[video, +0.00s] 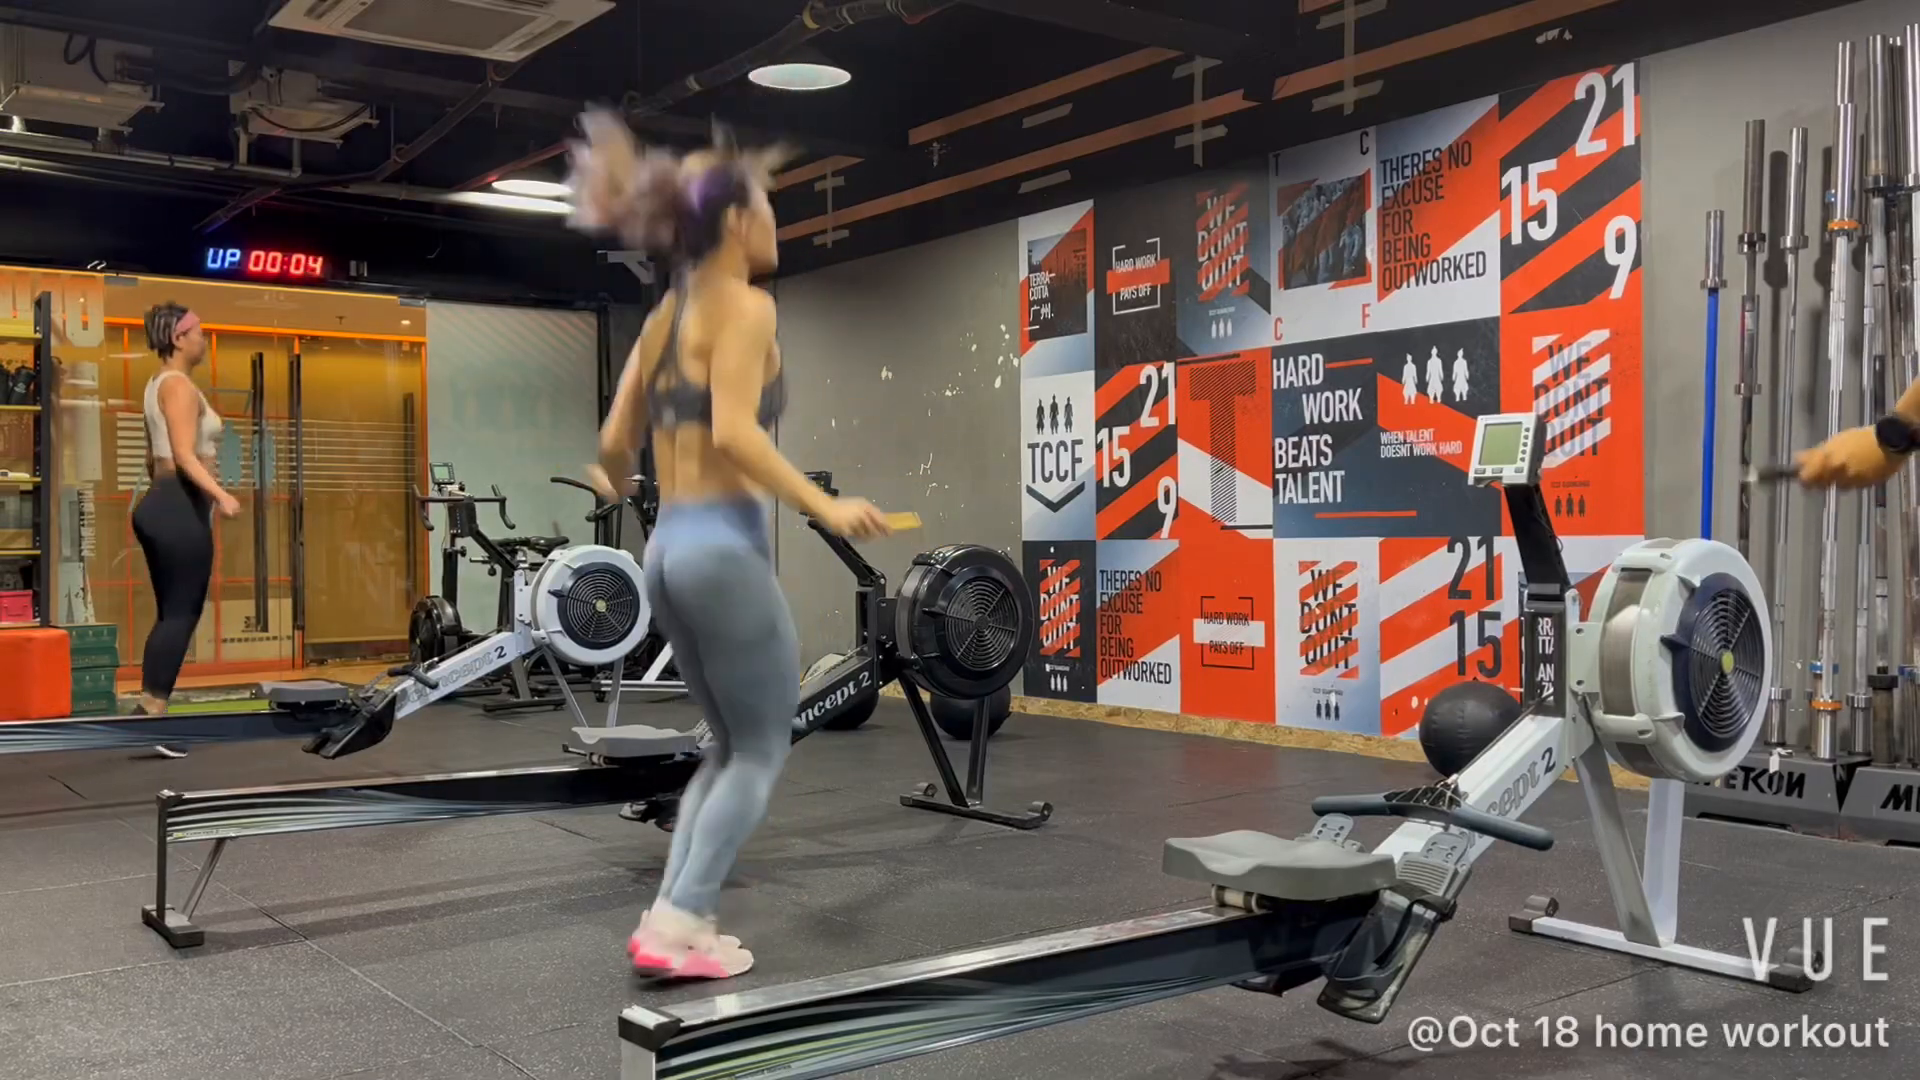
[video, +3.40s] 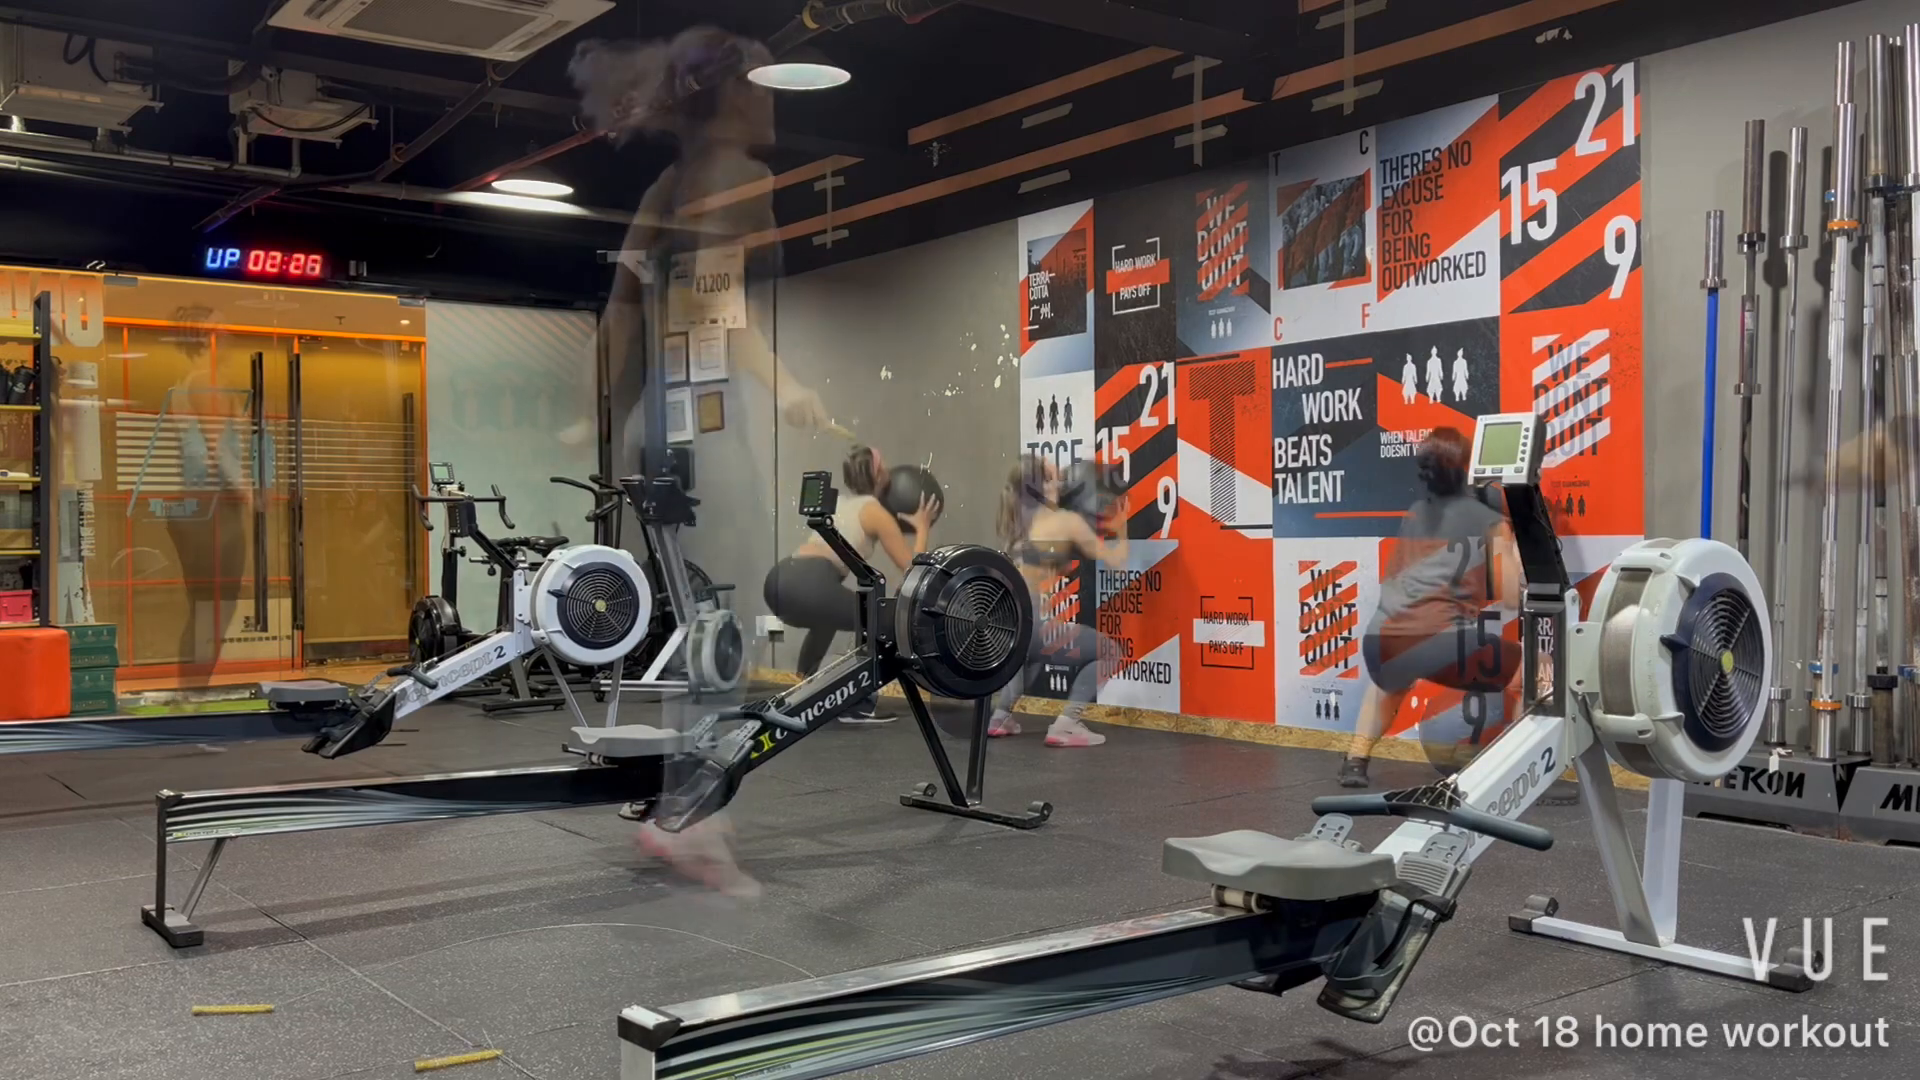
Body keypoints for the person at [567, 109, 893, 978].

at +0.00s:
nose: (775, 217)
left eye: (768, 203)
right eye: (764, 204)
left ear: (707, 227)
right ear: (736, 220)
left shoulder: (668, 312)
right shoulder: (746, 306)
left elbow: (618, 438)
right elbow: (733, 434)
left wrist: (615, 481)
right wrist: (828, 506)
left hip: (669, 542)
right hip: (719, 541)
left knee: (729, 747)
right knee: (761, 745)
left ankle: (672, 915)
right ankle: (683, 922)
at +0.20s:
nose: (762, 132)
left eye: (755, 116)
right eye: (752, 118)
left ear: (686, 140)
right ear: (724, 131)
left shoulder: (660, 232)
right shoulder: (742, 214)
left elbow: (621, 358)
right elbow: (738, 335)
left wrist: (595, 437)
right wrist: (830, 410)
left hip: (669, 450)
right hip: (722, 445)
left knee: (697, 660)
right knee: (738, 663)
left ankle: (687, 838)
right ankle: (712, 848)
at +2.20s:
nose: (776, 97)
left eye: (771, 81)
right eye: (767, 83)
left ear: (710, 99)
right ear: (737, 91)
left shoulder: (666, 188)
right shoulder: (748, 172)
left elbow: (626, 318)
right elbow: (723, 291)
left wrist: (603, 418)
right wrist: (790, 385)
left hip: (657, 419)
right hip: (709, 418)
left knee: (705, 629)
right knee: (748, 625)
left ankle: (688, 806)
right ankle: (702, 810)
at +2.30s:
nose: (778, 145)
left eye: (772, 130)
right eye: (766, 131)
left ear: (708, 154)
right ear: (732, 148)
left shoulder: (671, 244)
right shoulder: (745, 228)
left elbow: (609, 356)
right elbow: (720, 348)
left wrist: (548, 443)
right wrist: (795, 434)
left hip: (669, 475)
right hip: (708, 474)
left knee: (714, 685)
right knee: (739, 682)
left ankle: (690, 865)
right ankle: (705, 876)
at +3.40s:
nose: (771, 111)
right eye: (761, 96)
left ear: (683, 93)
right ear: (727, 93)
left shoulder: (675, 187)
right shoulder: (730, 176)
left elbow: (630, 316)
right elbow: (710, 309)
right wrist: (791, 391)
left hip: (667, 413)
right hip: (713, 409)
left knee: (706, 607)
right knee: (729, 606)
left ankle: (689, 811)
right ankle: (690, 812)